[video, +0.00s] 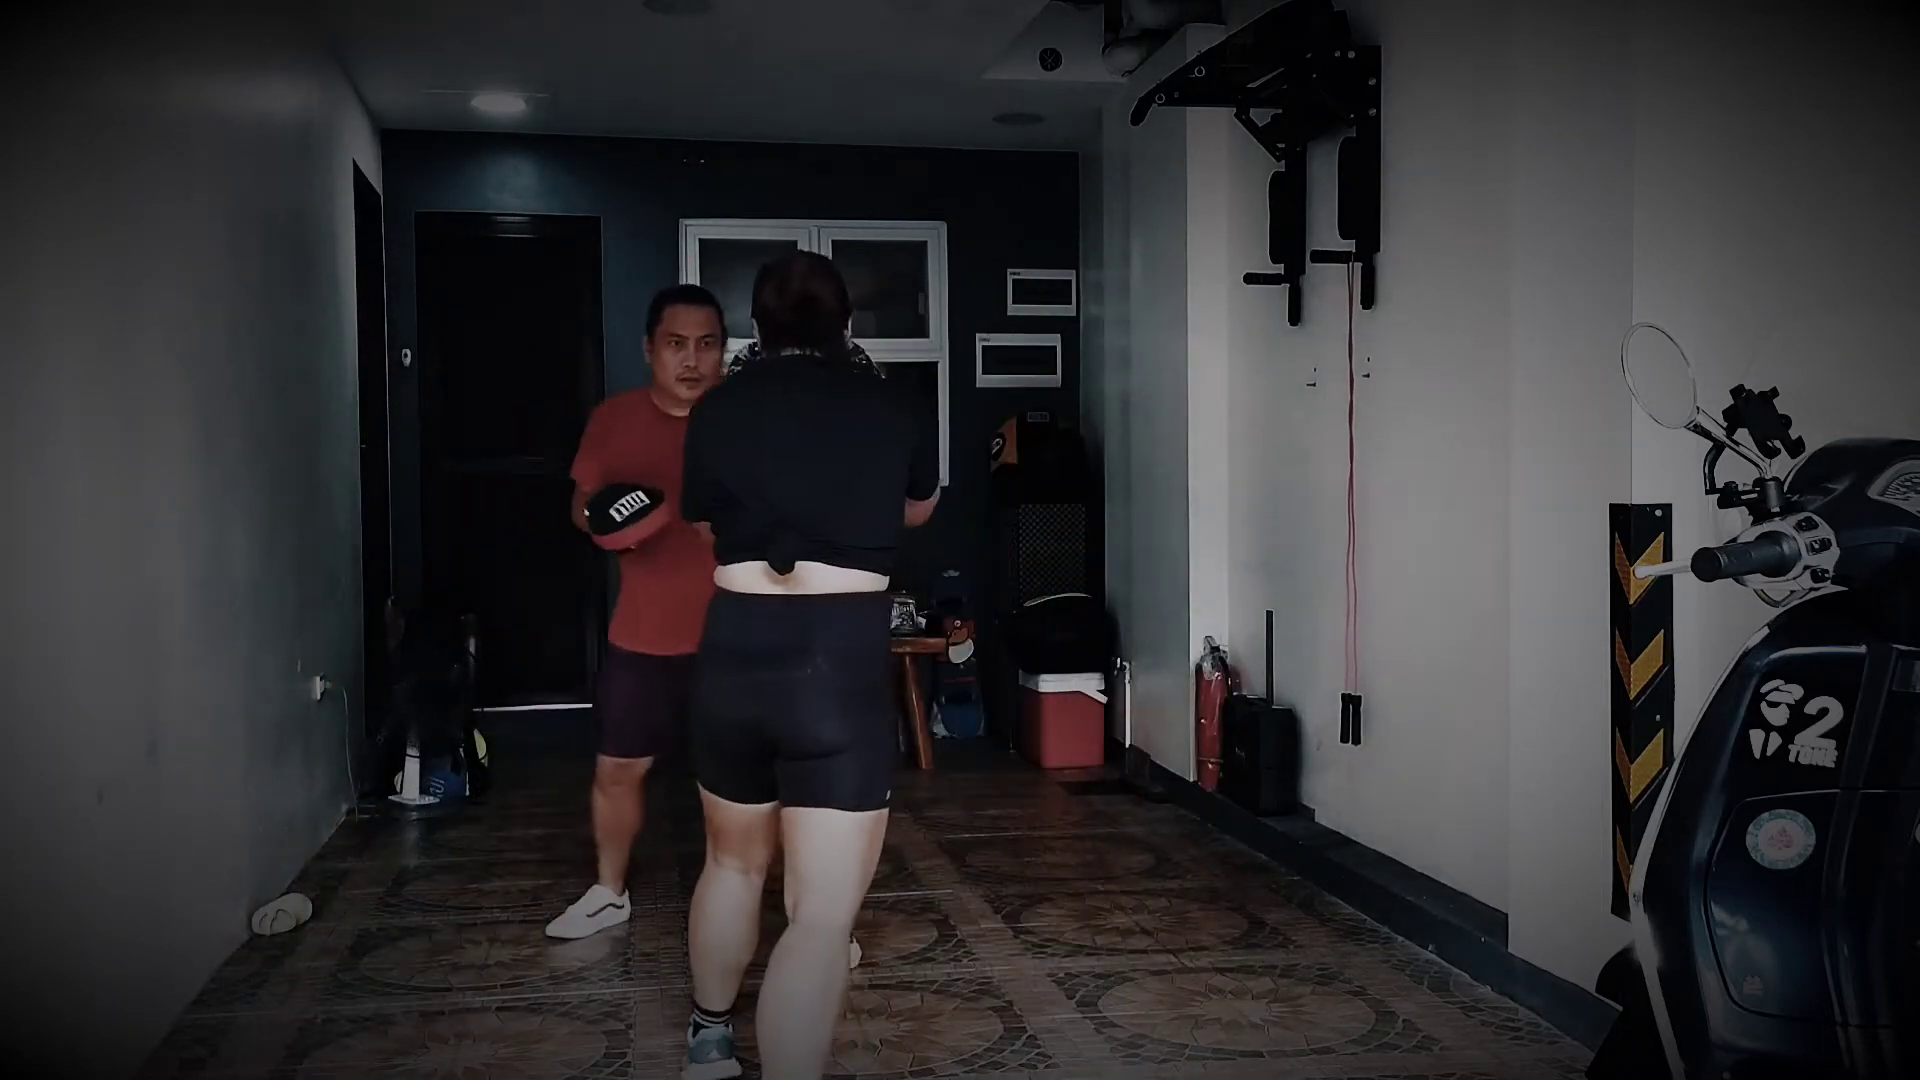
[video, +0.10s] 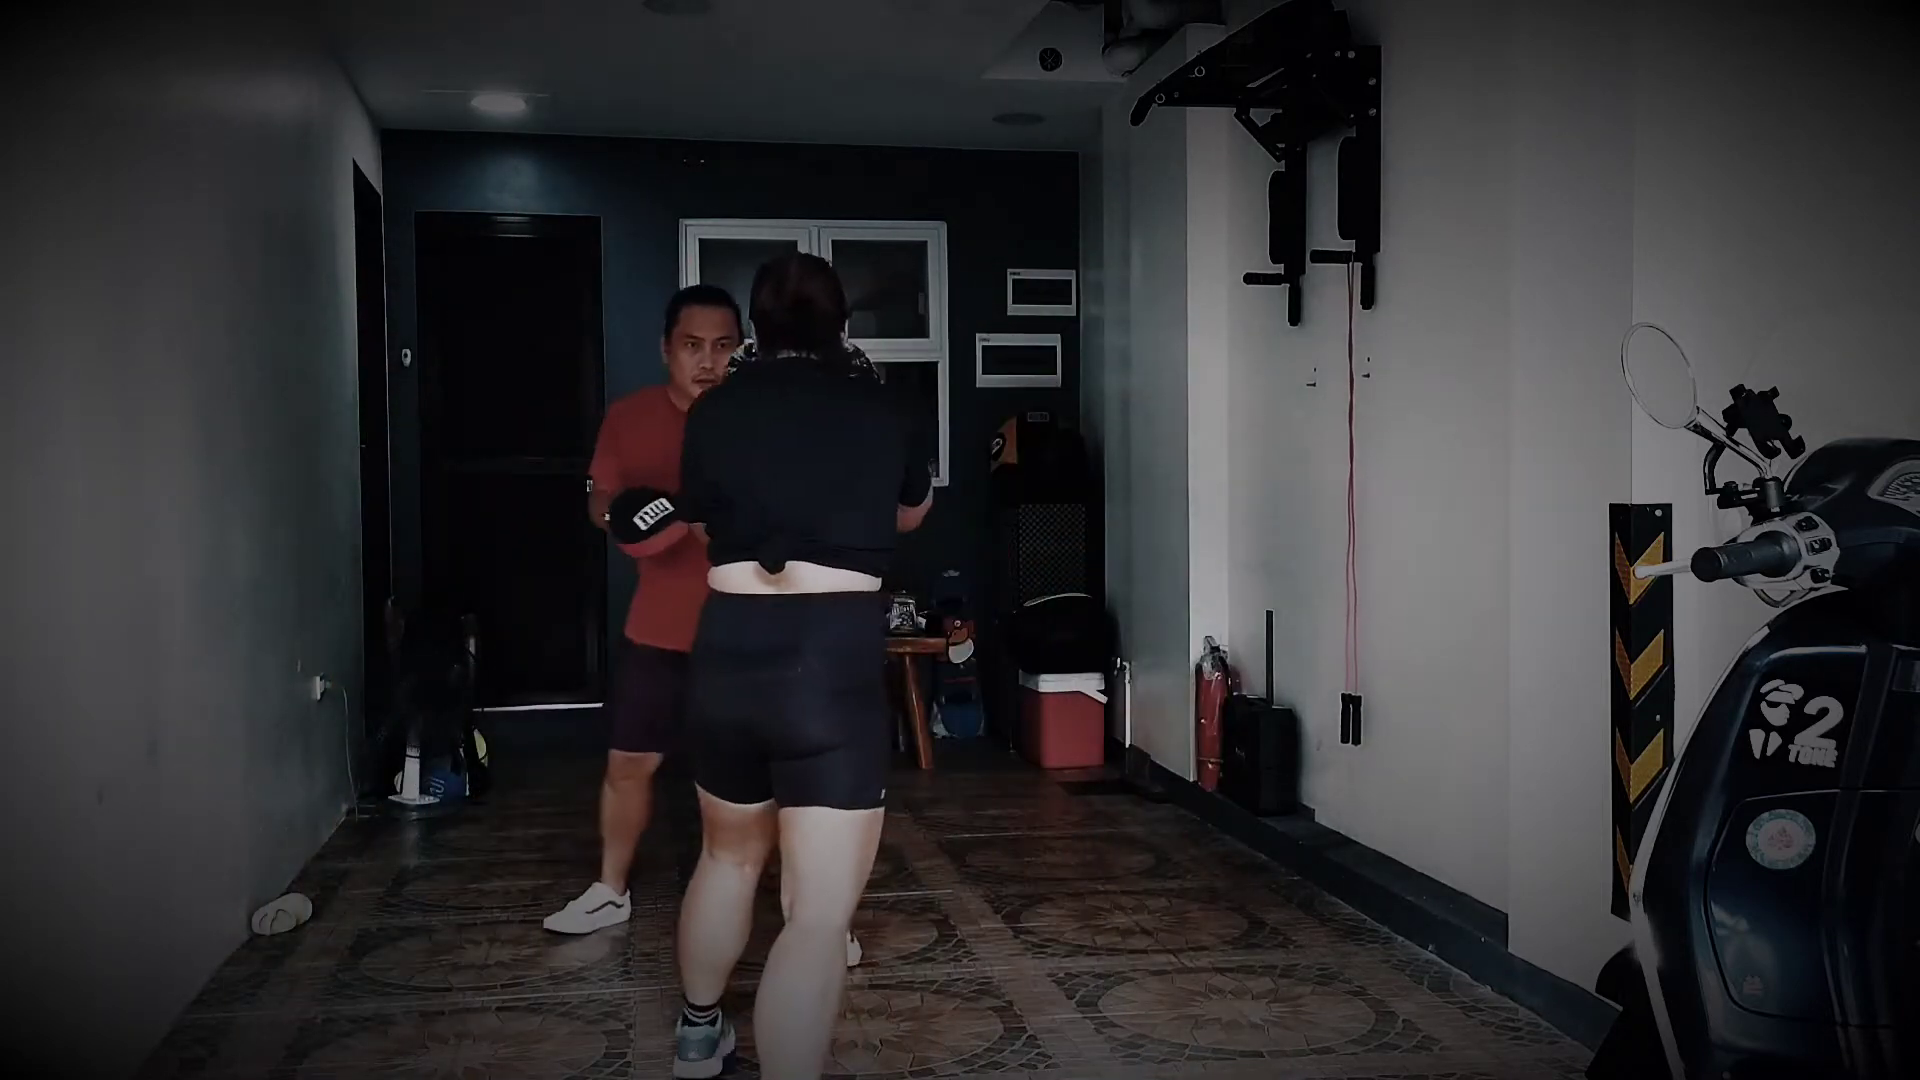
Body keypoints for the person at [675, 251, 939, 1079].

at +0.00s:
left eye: (729, 324)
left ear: (758, 324)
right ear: (845, 321)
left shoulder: (718, 410)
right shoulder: (891, 404)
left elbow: (699, 514)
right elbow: (918, 510)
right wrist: (822, 504)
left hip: (732, 667)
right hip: (843, 674)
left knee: (731, 862)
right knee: (821, 922)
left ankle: (709, 1032)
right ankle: (791, 1074)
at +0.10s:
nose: (726, 340)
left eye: (738, 324)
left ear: (756, 324)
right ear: (842, 322)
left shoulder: (714, 410)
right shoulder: (892, 407)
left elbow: (702, 514)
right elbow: (909, 516)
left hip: (725, 663)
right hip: (836, 672)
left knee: (726, 856)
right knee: (817, 921)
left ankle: (698, 1037)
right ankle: (789, 1077)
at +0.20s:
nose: (722, 344)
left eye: (732, 331)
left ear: (753, 335)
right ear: (837, 334)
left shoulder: (709, 421)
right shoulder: (880, 420)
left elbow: (699, 525)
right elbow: (901, 527)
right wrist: (805, 511)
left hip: (721, 669)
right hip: (827, 677)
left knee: (720, 867)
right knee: (816, 922)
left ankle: (702, 1029)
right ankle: (790, 1071)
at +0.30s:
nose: (719, 357)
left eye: (728, 346)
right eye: (711, 344)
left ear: (746, 352)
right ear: (828, 354)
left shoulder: (704, 434)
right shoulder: (865, 436)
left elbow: (679, 530)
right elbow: (890, 542)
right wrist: (791, 526)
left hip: (715, 668)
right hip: (820, 675)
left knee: (719, 874)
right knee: (817, 922)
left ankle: (707, 1021)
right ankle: (788, 1073)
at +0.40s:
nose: (714, 360)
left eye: (722, 350)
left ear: (733, 360)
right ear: (813, 362)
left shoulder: (692, 439)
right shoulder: (850, 440)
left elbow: (660, 529)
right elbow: (877, 543)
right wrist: (795, 523)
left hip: (705, 671)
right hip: (807, 680)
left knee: (720, 863)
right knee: (833, 908)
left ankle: (708, 1015)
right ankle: (799, 1069)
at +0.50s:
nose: (703, 355)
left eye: (711, 344)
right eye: (705, 342)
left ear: (725, 353)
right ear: (802, 353)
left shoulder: (689, 420)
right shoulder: (847, 427)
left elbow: (650, 524)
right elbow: (871, 533)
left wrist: (727, 499)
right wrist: (791, 513)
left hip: (706, 661)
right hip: (808, 664)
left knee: (719, 853)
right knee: (863, 870)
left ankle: (708, 1009)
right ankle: (828, 1031)